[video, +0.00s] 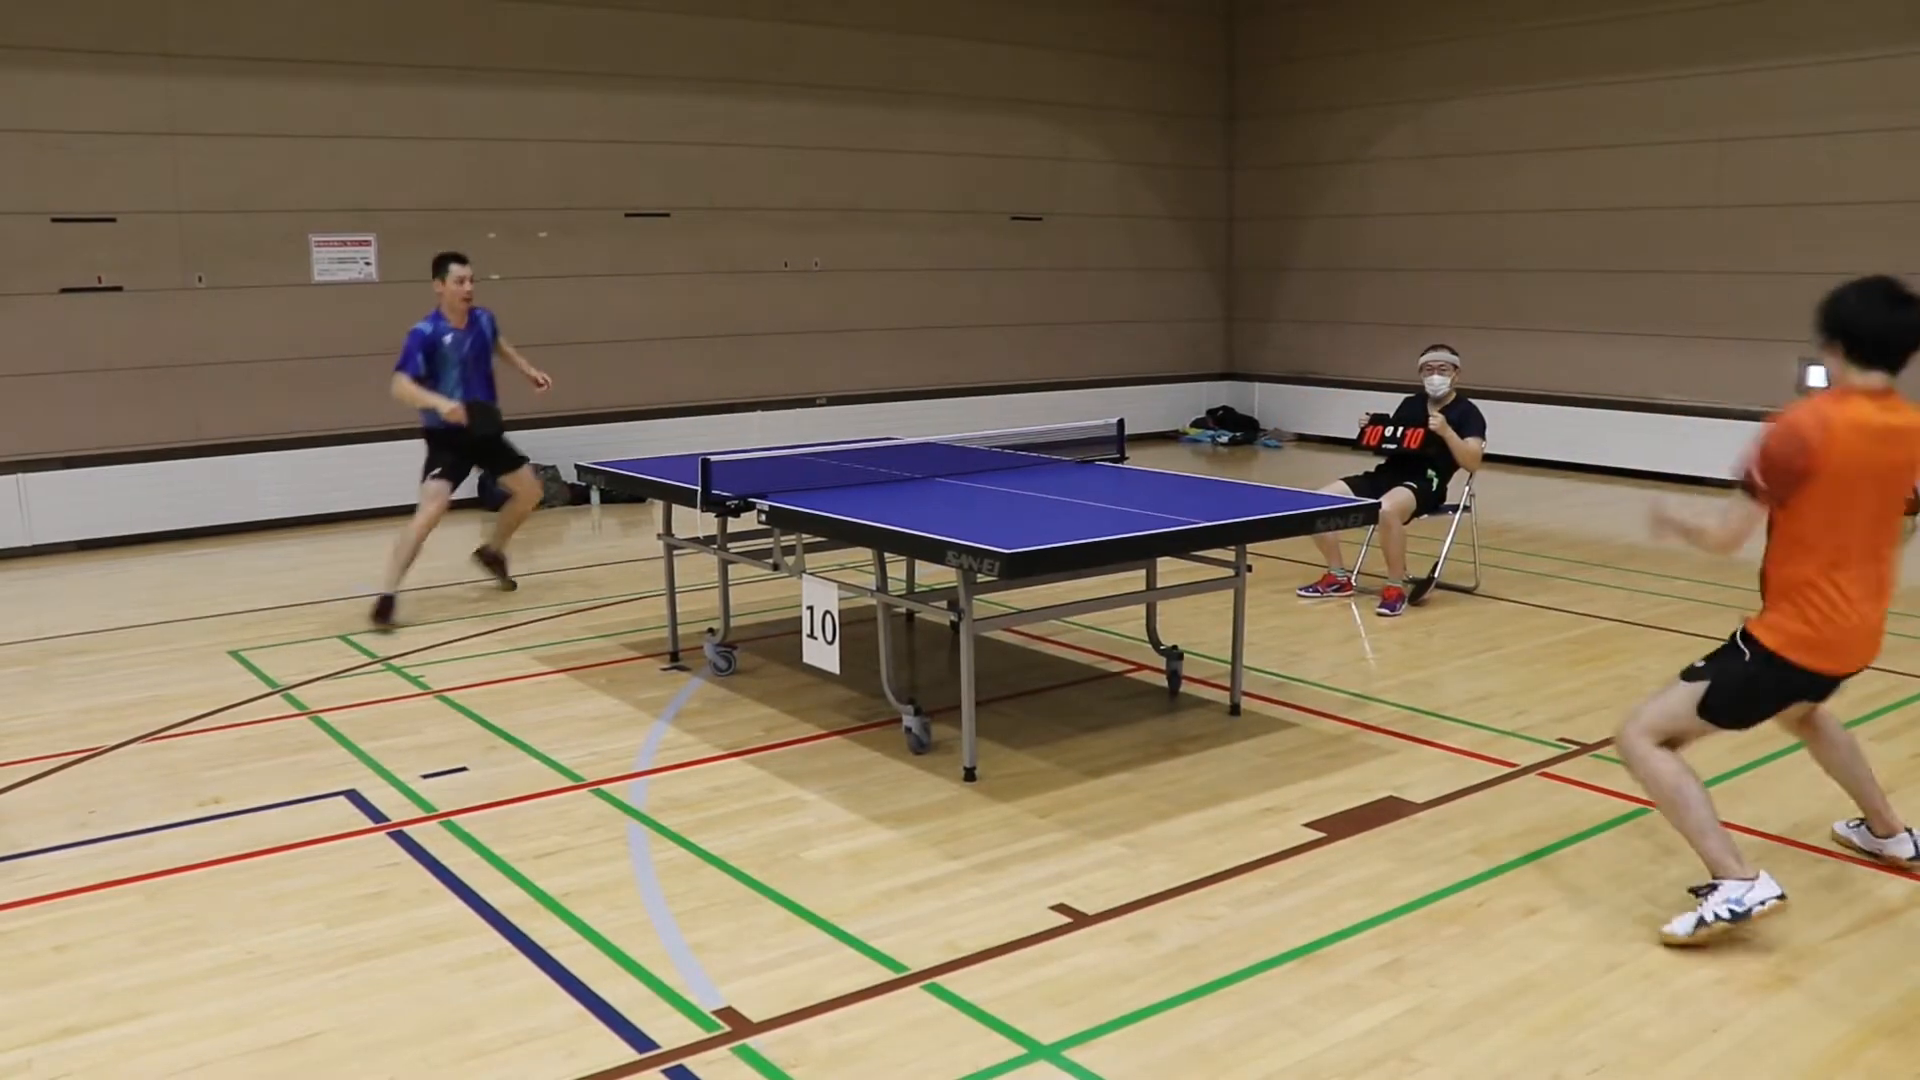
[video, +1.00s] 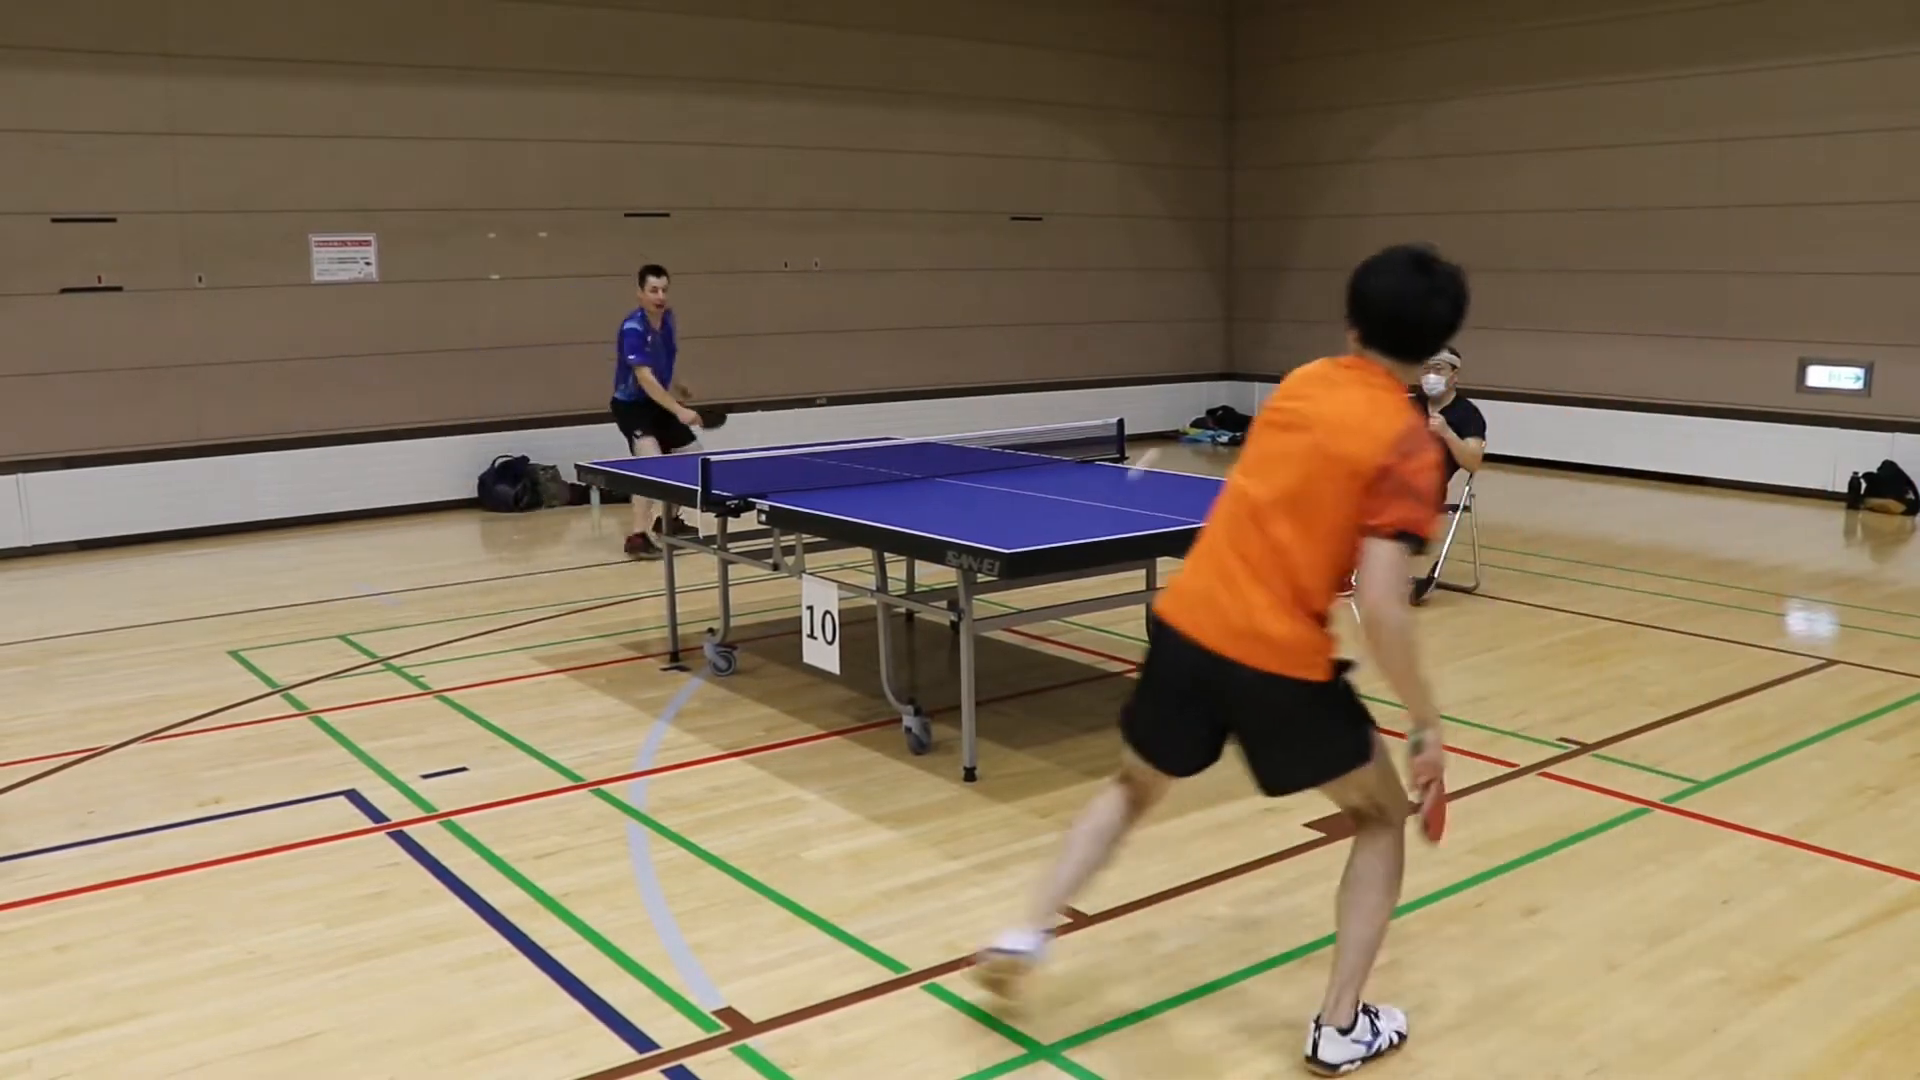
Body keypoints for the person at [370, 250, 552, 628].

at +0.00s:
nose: (468, 287)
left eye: (471, 281)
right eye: (460, 281)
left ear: (474, 284)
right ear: (439, 287)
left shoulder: (483, 321)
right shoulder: (424, 334)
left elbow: (499, 346)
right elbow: (401, 385)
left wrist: (528, 370)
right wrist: (442, 405)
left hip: (487, 430)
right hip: (447, 435)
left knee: (529, 492)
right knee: (431, 510)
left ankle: (492, 551)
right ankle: (387, 595)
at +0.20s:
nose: (508, 312)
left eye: (511, 304)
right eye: (500, 304)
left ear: (515, 307)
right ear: (480, 308)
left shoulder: (519, 343)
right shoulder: (462, 351)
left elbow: (533, 374)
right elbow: (450, 403)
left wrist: (555, 402)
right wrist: (505, 415)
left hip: (514, 437)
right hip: (475, 443)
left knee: (567, 494)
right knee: (485, 506)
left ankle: (575, 547)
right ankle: (462, 588)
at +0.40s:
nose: (575, 312)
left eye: (575, 304)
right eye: (567, 306)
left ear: (548, 310)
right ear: (547, 311)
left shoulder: (535, 330)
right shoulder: (558, 345)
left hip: (541, 439)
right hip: (525, 440)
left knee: (600, 481)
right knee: (526, 509)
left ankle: (581, 556)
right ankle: (474, 583)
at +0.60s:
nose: (615, 265)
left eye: (616, 259)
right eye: (608, 259)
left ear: (593, 264)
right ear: (589, 262)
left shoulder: (570, 289)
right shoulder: (605, 304)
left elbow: (537, 308)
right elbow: (617, 355)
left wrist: (536, 300)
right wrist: (640, 381)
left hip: (579, 390)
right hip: (590, 391)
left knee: (628, 459)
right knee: (594, 469)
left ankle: (601, 527)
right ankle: (555, 540)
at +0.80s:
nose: (645, 281)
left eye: (648, 275)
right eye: (638, 275)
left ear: (646, 278)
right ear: (622, 278)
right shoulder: (626, 312)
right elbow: (633, 369)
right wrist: (662, 402)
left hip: (621, 399)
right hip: (622, 402)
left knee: (656, 459)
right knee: (659, 463)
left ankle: (663, 518)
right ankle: (635, 541)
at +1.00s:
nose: (660, 296)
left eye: (664, 290)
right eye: (653, 290)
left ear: (668, 292)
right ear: (640, 293)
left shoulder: (667, 319)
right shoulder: (633, 327)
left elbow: (666, 359)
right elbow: (645, 379)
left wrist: (676, 385)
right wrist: (678, 410)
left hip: (658, 399)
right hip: (631, 403)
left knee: (685, 455)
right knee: (651, 457)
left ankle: (670, 519)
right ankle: (638, 534)